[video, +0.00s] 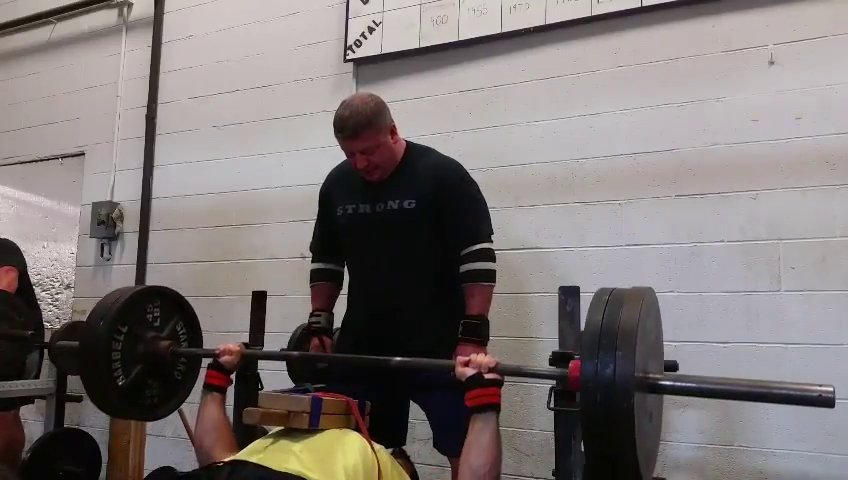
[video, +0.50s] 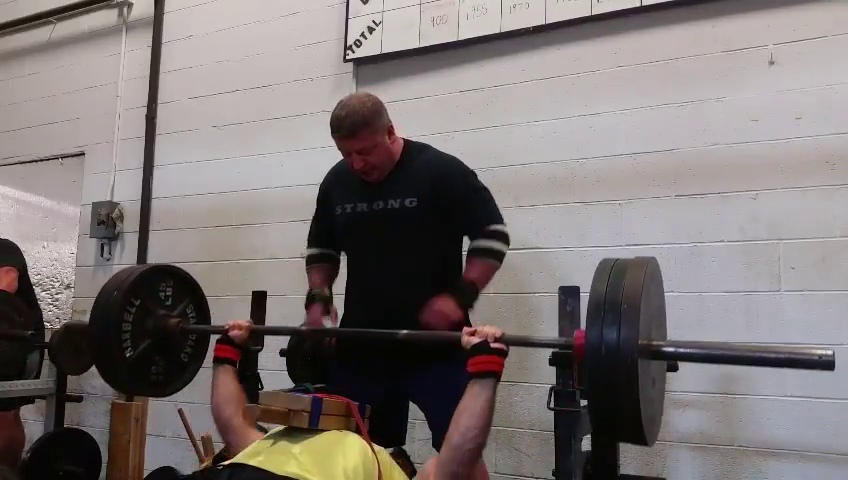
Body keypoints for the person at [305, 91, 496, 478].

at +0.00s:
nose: (360, 163)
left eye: (368, 152)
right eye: (351, 154)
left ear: (394, 134)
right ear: (341, 145)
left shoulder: (445, 178)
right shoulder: (338, 186)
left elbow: (478, 260)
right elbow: (327, 262)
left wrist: (473, 337)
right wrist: (319, 327)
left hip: (439, 341)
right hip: (366, 340)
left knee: (466, 451)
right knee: (367, 452)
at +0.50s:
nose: (357, 163)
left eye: (365, 152)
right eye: (348, 155)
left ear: (392, 134)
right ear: (338, 145)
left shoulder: (443, 173)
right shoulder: (338, 183)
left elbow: (493, 234)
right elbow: (322, 249)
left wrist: (460, 297)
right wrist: (318, 304)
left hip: (437, 345)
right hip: (364, 343)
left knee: (462, 457)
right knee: (366, 460)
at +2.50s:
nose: (394, 146)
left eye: (399, 133)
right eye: (380, 139)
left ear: (409, 122)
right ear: (359, 138)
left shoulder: (449, 172)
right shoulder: (345, 181)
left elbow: (488, 246)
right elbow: (330, 257)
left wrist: (474, 317)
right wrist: (326, 318)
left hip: (443, 344)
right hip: (369, 344)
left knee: (466, 458)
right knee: (367, 460)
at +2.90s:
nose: (359, 157)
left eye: (367, 146)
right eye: (351, 148)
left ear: (395, 133)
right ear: (343, 143)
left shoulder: (446, 176)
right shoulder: (344, 184)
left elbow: (485, 253)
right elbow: (331, 259)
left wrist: (472, 323)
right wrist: (328, 319)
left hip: (439, 343)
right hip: (368, 341)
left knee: (466, 453)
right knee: (362, 453)